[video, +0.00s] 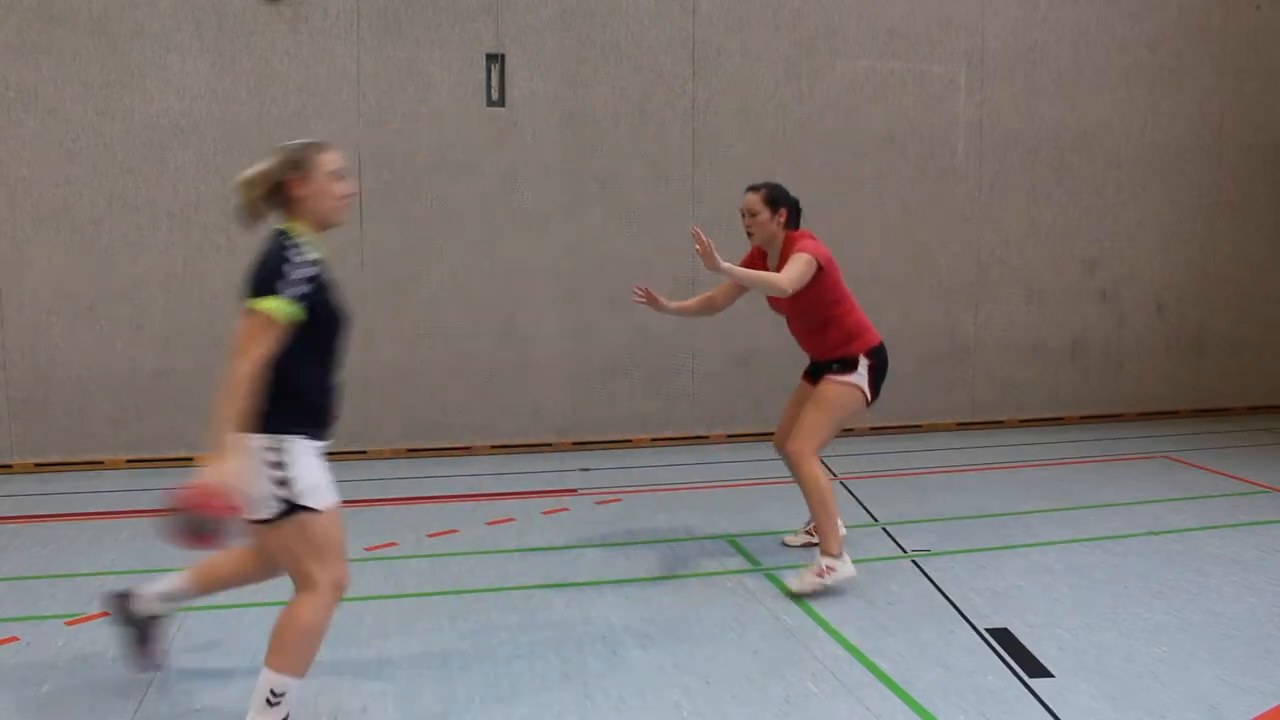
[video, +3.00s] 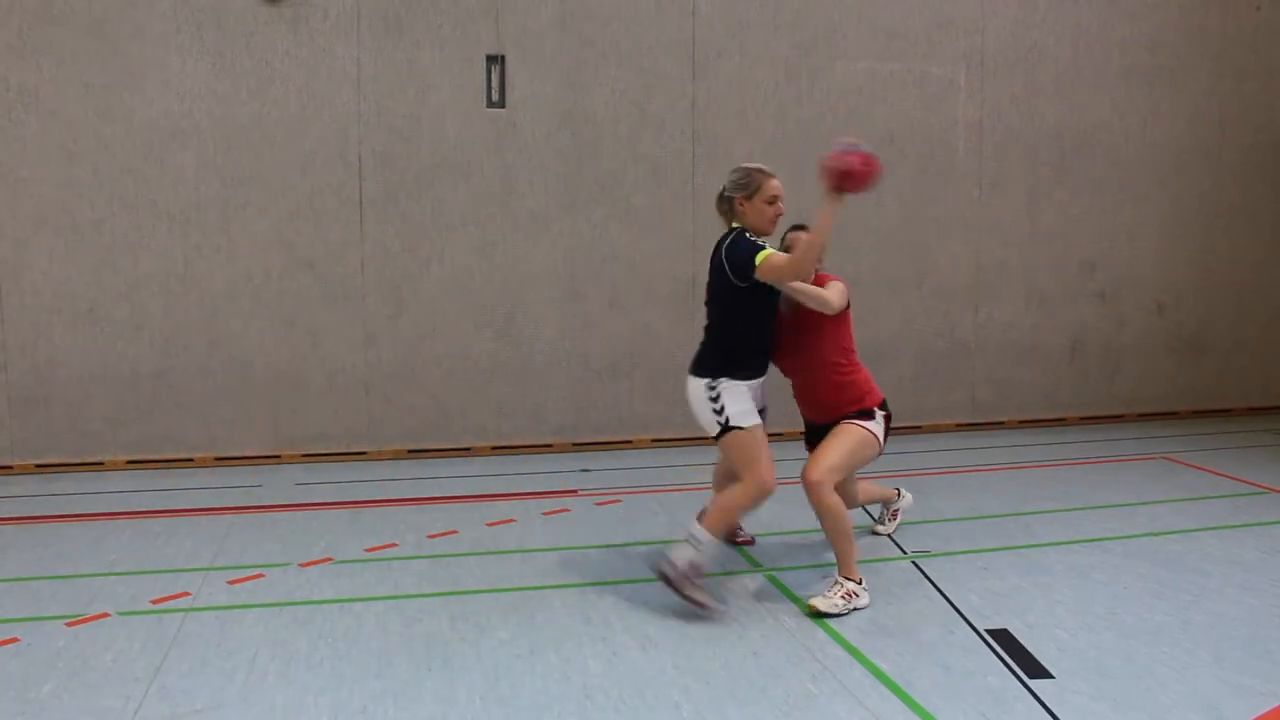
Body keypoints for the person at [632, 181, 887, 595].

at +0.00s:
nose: (745, 224)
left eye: (751, 216)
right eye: (743, 217)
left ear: (780, 217)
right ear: (754, 222)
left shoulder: (806, 249)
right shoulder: (759, 256)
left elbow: (785, 283)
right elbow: (716, 301)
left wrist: (724, 268)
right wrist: (669, 306)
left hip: (857, 361)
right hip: (825, 362)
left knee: (802, 448)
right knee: (785, 442)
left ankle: (834, 557)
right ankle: (827, 523)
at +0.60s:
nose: (742, 211)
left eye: (749, 204)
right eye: (742, 204)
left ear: (774, 208)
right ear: (759, 211)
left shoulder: (796, 238)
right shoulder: (766, 248)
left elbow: (813, 304)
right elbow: (779, 294)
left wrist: (757, 307)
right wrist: (732, 311)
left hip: (854, 334)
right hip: (827, 337)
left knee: (813, 423)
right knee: (804, 415)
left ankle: (842, 523)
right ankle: (831, 489)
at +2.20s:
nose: (762, 229)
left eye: (768, 221)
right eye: (761, 221)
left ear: (795, 221)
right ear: (791, 223)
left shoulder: (813, 247)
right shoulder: (797, 260)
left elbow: (777, 295)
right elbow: (768, 318)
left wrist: (724, 268)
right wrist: (714, 316)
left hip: (881, 362)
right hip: (867, 364)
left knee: (832, 462)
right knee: (843, 450)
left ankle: (874, 566)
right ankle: (883, 520)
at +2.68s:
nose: (761, 248)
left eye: (770, 242)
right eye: (759, 242)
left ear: (794, 249)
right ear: (760, 246)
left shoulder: (800, 272)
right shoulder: (776, 284)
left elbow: (765, 288)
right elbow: (785, 348)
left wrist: (727, 264)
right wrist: (741, 333)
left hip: (848, 399)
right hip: (826, 403)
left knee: (800, 483)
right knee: (823, 486)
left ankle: (858, 582)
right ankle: (892, 504)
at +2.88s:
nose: (785, 252)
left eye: (794, 245)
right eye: (781, 244)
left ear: (813, 251)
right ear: (772, 246)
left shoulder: (823, 279)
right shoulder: (773, 283)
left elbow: (809, 303)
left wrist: (764, 273)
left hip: (852, 408)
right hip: (815, 413)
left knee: (802, 481)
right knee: (835, 495)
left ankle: (849, 583)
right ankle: (893, 500)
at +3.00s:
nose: (798, 256)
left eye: (806, 249)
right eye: (791, 250)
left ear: (818, 254)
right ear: (779, 257)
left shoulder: (831, 285)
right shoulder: (770, 299)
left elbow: (830, 303)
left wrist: (778, 277)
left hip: (863, 413)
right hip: (818, 424)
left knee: (817, 477)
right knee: (845, 497)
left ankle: (850, 582)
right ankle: (894, 497)